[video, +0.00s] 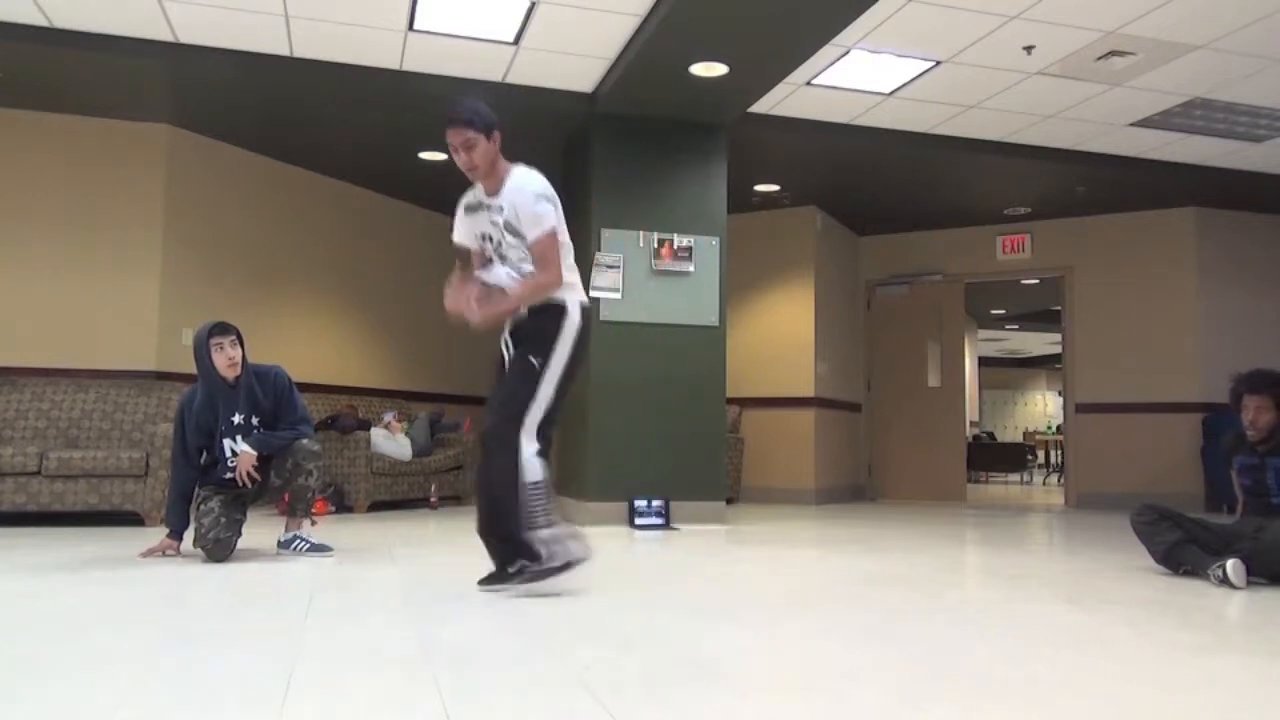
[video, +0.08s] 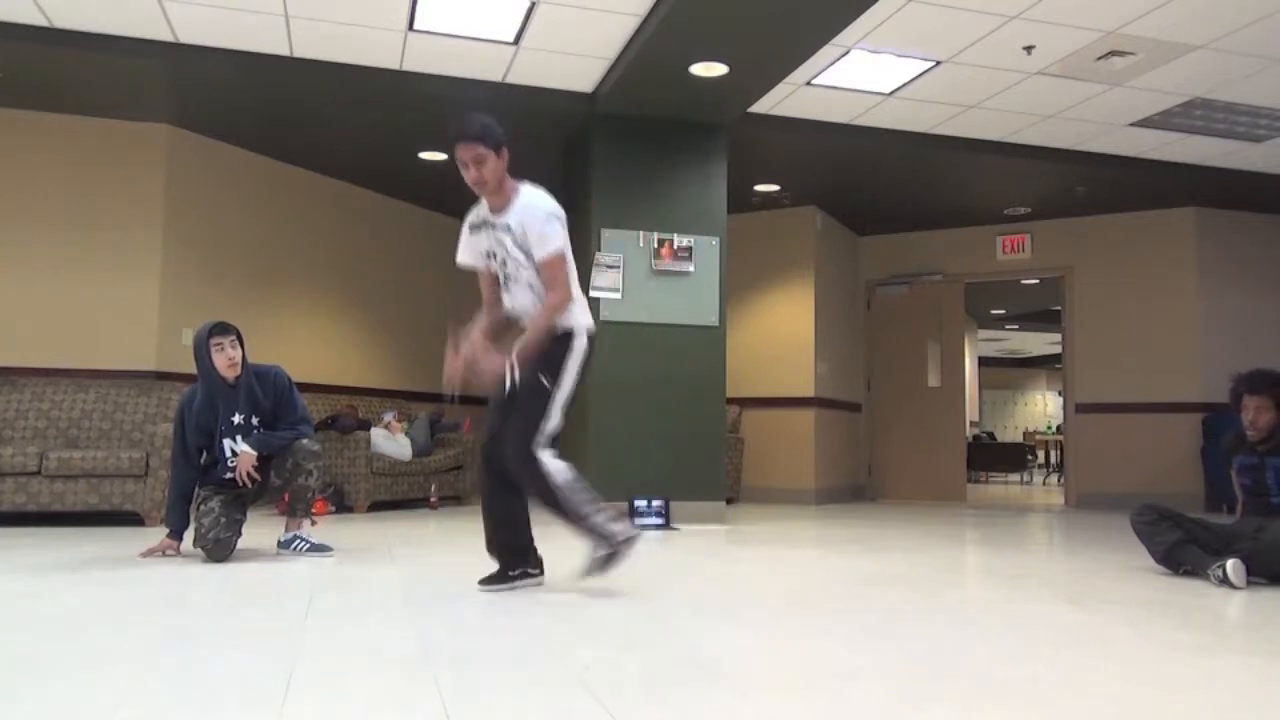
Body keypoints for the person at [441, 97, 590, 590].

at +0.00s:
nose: (464, 158)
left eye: (470, 145)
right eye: (455, 150)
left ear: (495, 139)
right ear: (451, 153)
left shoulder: (527, 190)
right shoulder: (470, 205)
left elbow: (552, 274)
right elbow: (469, 266)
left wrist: (492, 304)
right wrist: (459, 293)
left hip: (558, 313)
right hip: (519, 318)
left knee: (516, 427)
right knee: (498, 431)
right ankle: (515, 555)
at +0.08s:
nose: (471, 174)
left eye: (479, 162)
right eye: (463, 166)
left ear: (504, 157)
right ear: (459, 169)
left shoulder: (537, 208)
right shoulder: (477, 222)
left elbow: (560, 296)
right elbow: (493, 307)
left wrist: (516, 354)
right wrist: (471, 341)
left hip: (564, 332)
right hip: (525, 336)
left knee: (526, 444)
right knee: (496, 446)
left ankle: (610, 532)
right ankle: (519, 560)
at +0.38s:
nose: (521, 154)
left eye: (528, 141)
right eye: (513, 145)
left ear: (553, 135)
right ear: (509, 147)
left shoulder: (592, 168)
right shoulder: (521, 183)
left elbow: (671, 190)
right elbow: (528, 215)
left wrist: (762, 193)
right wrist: (489, 243)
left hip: (619, 318)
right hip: (561, 324)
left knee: (683, 424)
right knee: (513, 418)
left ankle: (758, 533)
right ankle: (509, 530)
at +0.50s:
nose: (551, 179)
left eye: (559, 169)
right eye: (544, 171)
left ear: (585, 163)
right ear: (541, 172)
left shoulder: (624, 197)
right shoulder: (554, 201)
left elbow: (710, 221)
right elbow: (540, 224)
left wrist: (805, 223)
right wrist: (495, 239)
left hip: (660, 336)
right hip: (602, 335)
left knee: (721, 445)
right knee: (527, 412)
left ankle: (806, 555)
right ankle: (492, 526)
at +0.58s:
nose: (569, 211)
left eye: (577, 199)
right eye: (562, 201)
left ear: (603, 191)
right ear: (557, 198)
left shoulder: (638, 230)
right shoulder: (569, 227)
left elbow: (723, 264)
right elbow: (543, 248)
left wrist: (822, 278)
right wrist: (489, 256)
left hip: (677, 360)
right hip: (617, 357)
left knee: (736, 466)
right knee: (545, 428)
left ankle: (821, 567)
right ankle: (490, 541)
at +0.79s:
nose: (614, 315)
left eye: (626, 305)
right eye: (607, 303)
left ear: (647, 308)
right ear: (596, 301)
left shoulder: (665, 363)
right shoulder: (573, 319)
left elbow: (689, 447)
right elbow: (473, 323)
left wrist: (725, 519)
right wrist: (484, 352)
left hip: (648, 419)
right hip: (579, 400)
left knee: (732, 473)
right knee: (525, 456)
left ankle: (820, 546)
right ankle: (514, 573)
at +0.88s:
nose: (638, 333)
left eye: (652, 325)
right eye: (632, 318)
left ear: (666, 331)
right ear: (617, 313)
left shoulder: (664, 396)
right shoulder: (584, 329)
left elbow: (672, 487)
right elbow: (484, 332)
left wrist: (699, 572)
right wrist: (495, 363)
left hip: (625, 433)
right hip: (563, 407)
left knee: (690, 493)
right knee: (512, 456)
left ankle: (765, 530)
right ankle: (509, 577)